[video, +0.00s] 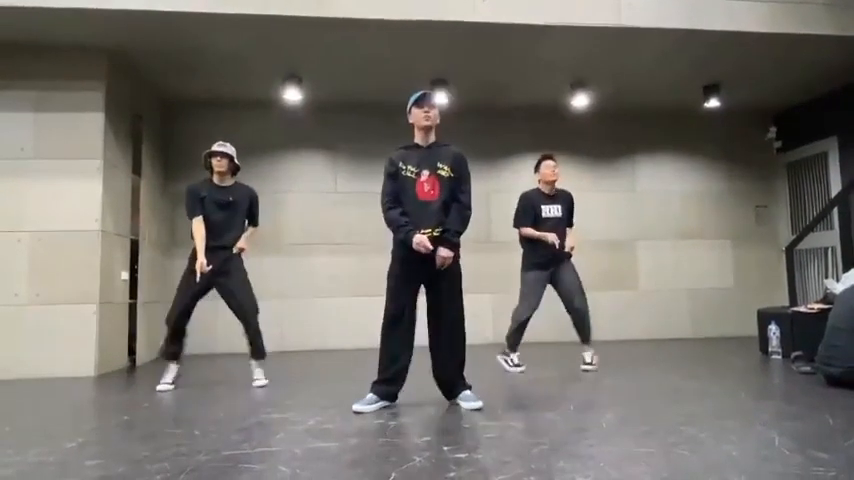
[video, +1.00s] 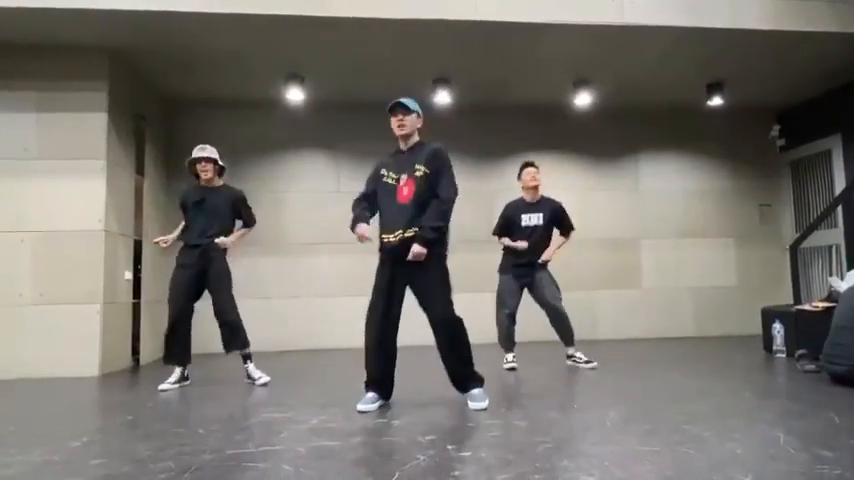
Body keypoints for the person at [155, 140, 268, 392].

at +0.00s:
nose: (218, 161)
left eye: (223, 158)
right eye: (215, 157)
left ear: (233, 163)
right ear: (209, 162)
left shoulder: (247, 194)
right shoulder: (196, 190)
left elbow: (252, 224)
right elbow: (197, 224)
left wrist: (244, 238)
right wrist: (200, 256)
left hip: (230, 259)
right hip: (202, 258)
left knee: (249, 312)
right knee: (177, 315)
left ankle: (257, 365)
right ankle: (172, 365)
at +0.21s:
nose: (220, 163)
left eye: (225, 159)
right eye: (216, 159)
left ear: (234, 165)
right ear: (210, 164)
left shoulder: (248, 195)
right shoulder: (198, 192)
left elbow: (253, 225)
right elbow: (200, 227)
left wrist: (246, 237)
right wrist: (203, 259)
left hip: (234, 258)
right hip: (205, 257)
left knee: (245, 311)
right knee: (190, 311)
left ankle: (250, 366)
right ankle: (185, 369)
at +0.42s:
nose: (222, 164)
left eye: (227, 161)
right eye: (219, 159)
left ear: (235, 167)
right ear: (212, 163)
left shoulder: (245, 194)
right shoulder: (198, 191)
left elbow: (248, 224)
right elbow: (197, 222)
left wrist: (247, 238)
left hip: (236, 258)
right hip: (208, 258)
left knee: (247, 309)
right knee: (194, 312)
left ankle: (251, 366)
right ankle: (184, 369)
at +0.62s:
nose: (216, 168)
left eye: (222, 165)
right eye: (213, 163)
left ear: (229, 172)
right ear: (205, 167)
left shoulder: (237, 199)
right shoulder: (190, 193)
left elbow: (236, 229)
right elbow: (169, 221)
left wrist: (238, 240)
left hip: (231, 258)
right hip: (201, 259)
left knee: (245, 309)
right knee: (189, 313)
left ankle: (251, 366)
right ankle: (180, 369)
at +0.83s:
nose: (205, 166)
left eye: (210, 163)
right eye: (201, 162)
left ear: (218, 169)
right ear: (194, 168)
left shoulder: (232, 201)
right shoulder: (181, 196)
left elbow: (238, 228)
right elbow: (172, 220)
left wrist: (229, 245)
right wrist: (166, 242)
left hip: (216, 266)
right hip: (185, 267)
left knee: (234, 313)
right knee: (167, 320)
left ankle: (251, 366)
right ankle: (177, 370)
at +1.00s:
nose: (204, 166)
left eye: (208, 162)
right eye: (199, 163)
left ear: (218, 166)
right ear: (194, 167)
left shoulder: (233, 195)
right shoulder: (189, 195)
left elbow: (249, 222)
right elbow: (188, 221)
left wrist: (231, 239)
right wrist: (172, 236)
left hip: (215, 257)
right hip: (188, 257)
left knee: (226, 310)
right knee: (178, 312)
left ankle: (249, 365)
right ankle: (180, 370)